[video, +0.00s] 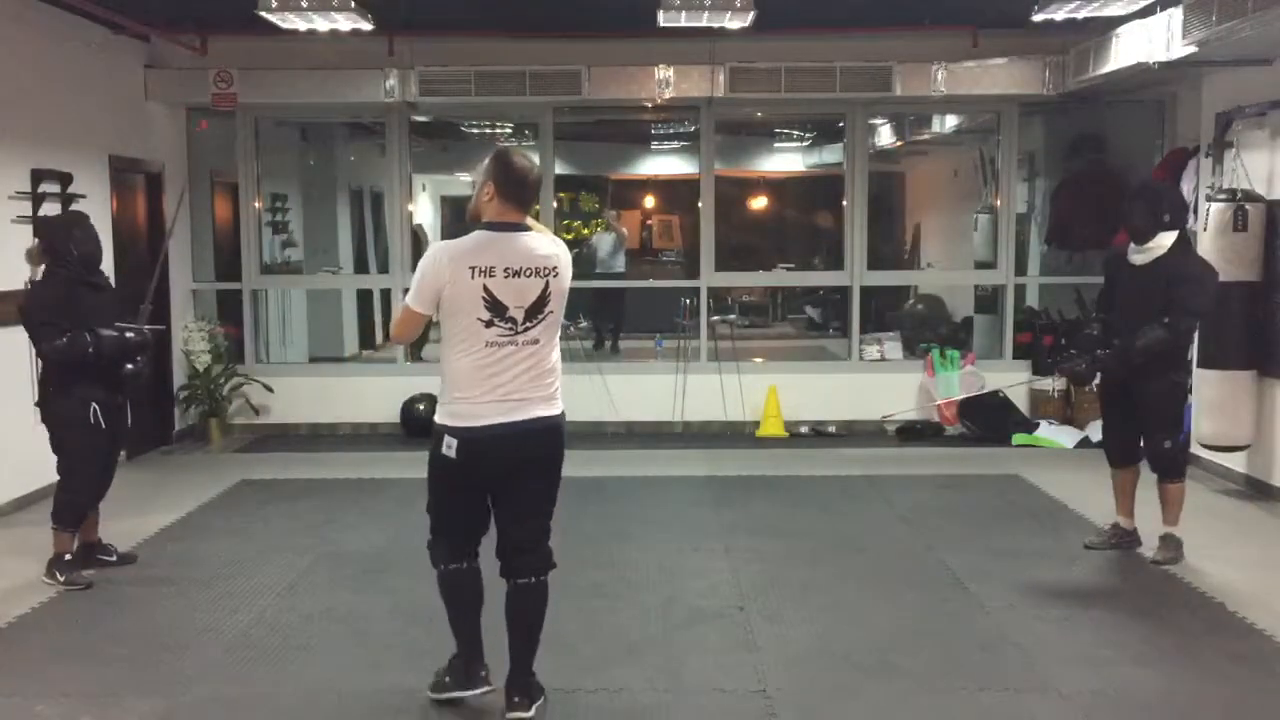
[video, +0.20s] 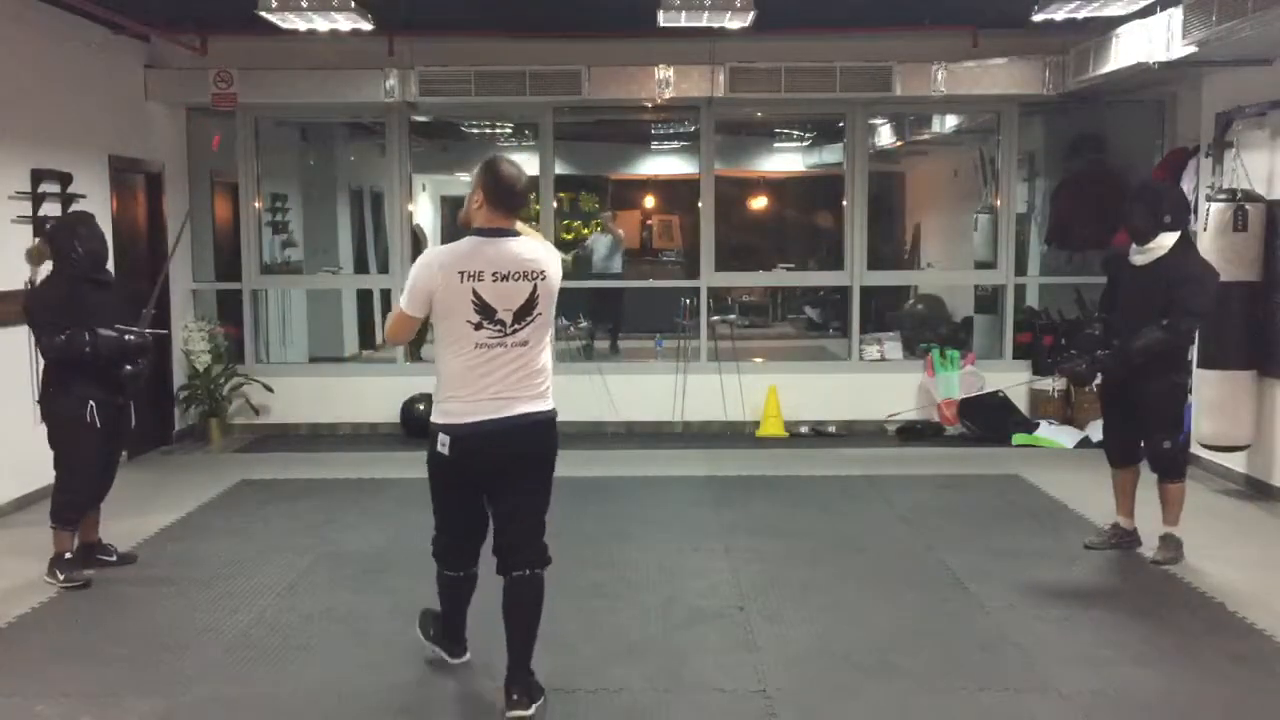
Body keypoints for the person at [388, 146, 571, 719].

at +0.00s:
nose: (474, 192)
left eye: (477, 183)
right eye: (478, 183)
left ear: (488, 190)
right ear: (532, 197)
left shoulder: (446, 256)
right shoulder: (558, 255)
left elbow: (403, 331)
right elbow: (536, 310)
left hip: (467, 433)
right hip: (539, 432)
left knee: (454, 547)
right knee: (527, 554)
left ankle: (469, 664)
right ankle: (522, 684)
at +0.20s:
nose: (467, 197)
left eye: (470, 189)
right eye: (472, 188)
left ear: (477, 197)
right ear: (522, 203)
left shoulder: (438, 262)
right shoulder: (548, 258)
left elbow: (396, 333)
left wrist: (424, 303)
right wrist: (499, 230)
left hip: (462, 432)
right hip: (532, 429)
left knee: (457, 539)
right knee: (524, 549)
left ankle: (452, 634)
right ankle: (519, 683)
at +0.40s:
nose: (447, 205)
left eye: (449, 198)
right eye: (454, 198)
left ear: (454, 204)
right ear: (500, 211)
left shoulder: (418, 266)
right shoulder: (528, 260)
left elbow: (386, 333)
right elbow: (524, 249)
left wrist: (420, 300)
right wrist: (485, 225)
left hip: (445, 427)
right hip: (513, 424)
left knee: (445, 533)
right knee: (515, 533)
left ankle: (452, 633)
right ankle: (518, 656)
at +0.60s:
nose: (431, 201)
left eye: (432, 194)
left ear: (433, 199)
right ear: (479, 203)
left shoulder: (397, 259)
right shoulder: (506, 258)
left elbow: (374, 325)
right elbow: (535, 268)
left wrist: (411, 311)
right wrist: (483, 235)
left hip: (429, 418)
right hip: (496, 416)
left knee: (440, 529)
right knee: (514, 508)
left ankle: (452, 634)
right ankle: (512, 606)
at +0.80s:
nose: (429, 201)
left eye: (428, 193)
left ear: (428, 198)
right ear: (472, 206)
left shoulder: (390, 257)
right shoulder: (495, 256)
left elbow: (378, 325)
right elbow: (551, 305)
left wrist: (417, 308)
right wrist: (507, 291)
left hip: (426, 413)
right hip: (491, 409)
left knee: (437, 524)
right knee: (511, 508)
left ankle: (452, 632)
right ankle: (525, 611)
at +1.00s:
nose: (432, 209)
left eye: (434, 202)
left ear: (436, 207)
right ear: (480, 215)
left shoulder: (397, 258)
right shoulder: (497, 261)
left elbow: (392, 320)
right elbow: (556, 310)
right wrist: (519, 330)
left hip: (426, 416)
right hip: (490, 413)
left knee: (435, 525)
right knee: (503, 505)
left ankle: (451, 632)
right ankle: (518, 596)